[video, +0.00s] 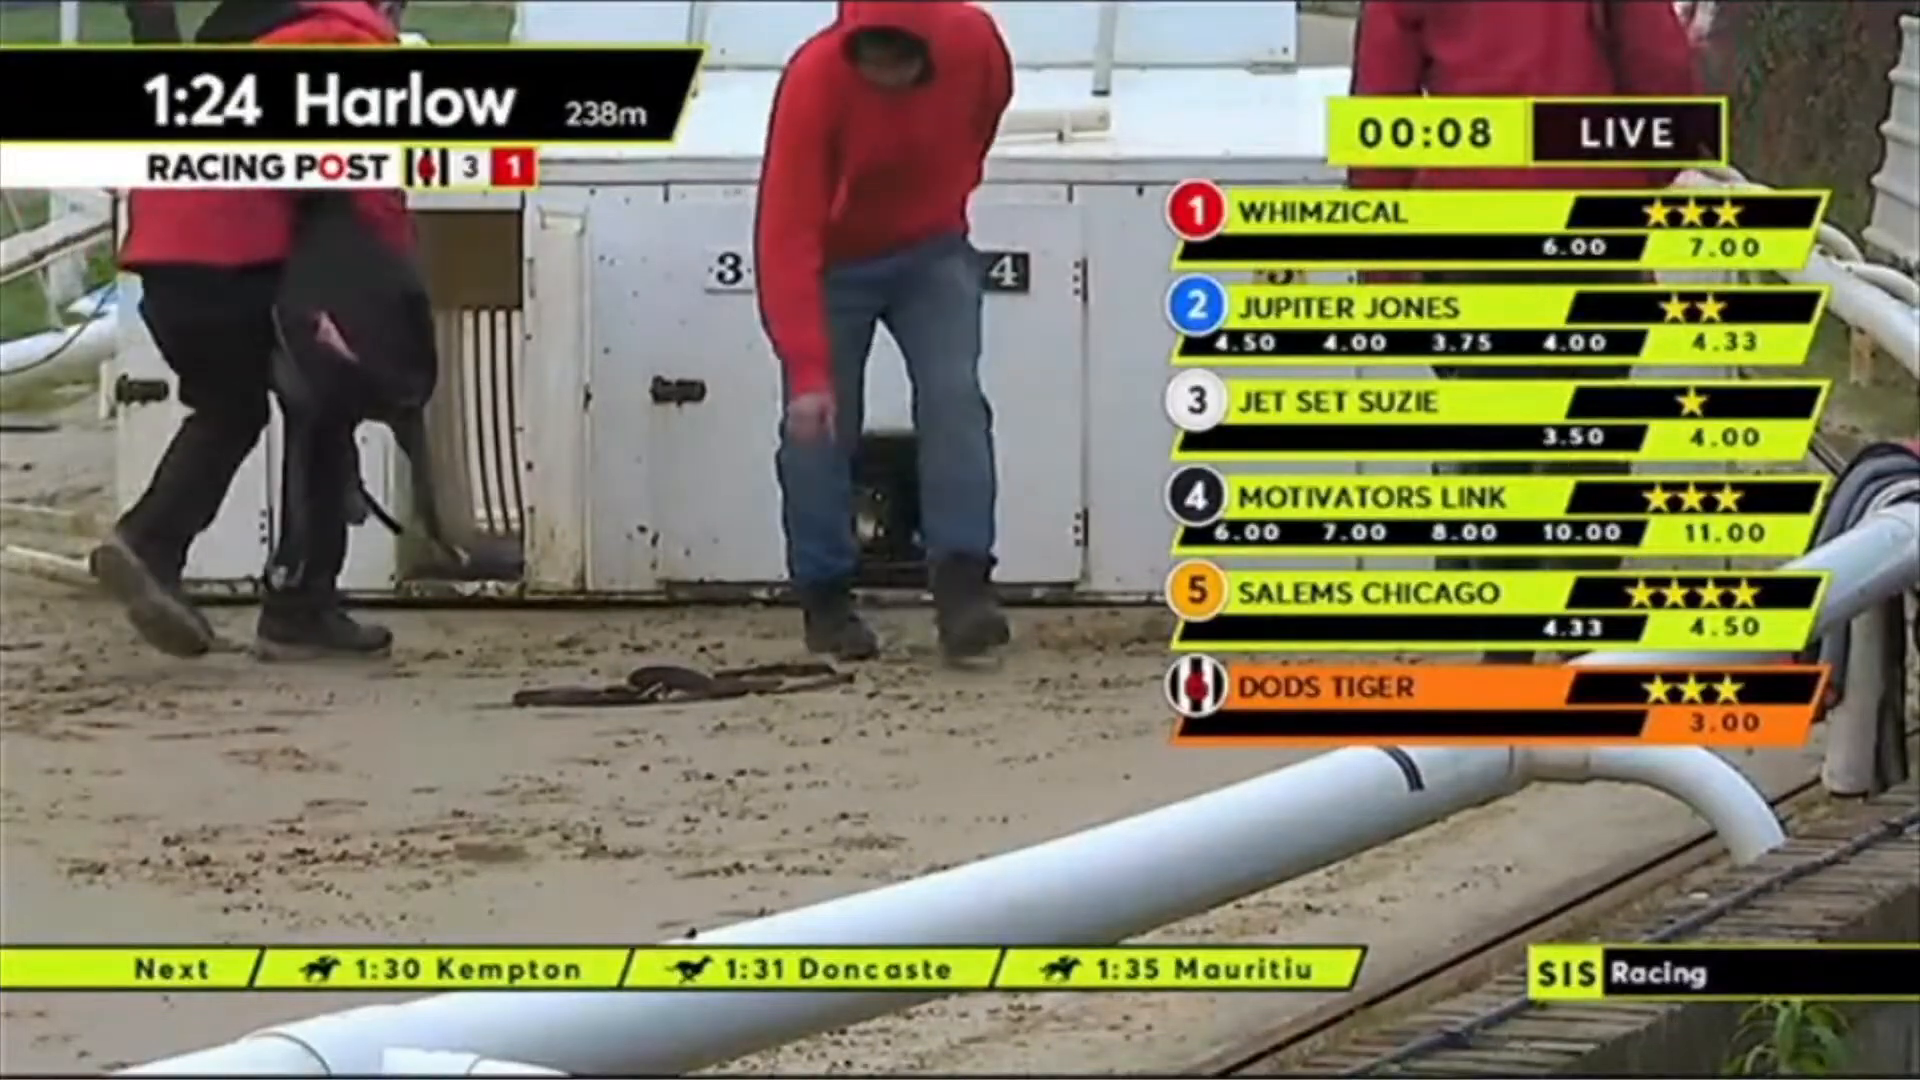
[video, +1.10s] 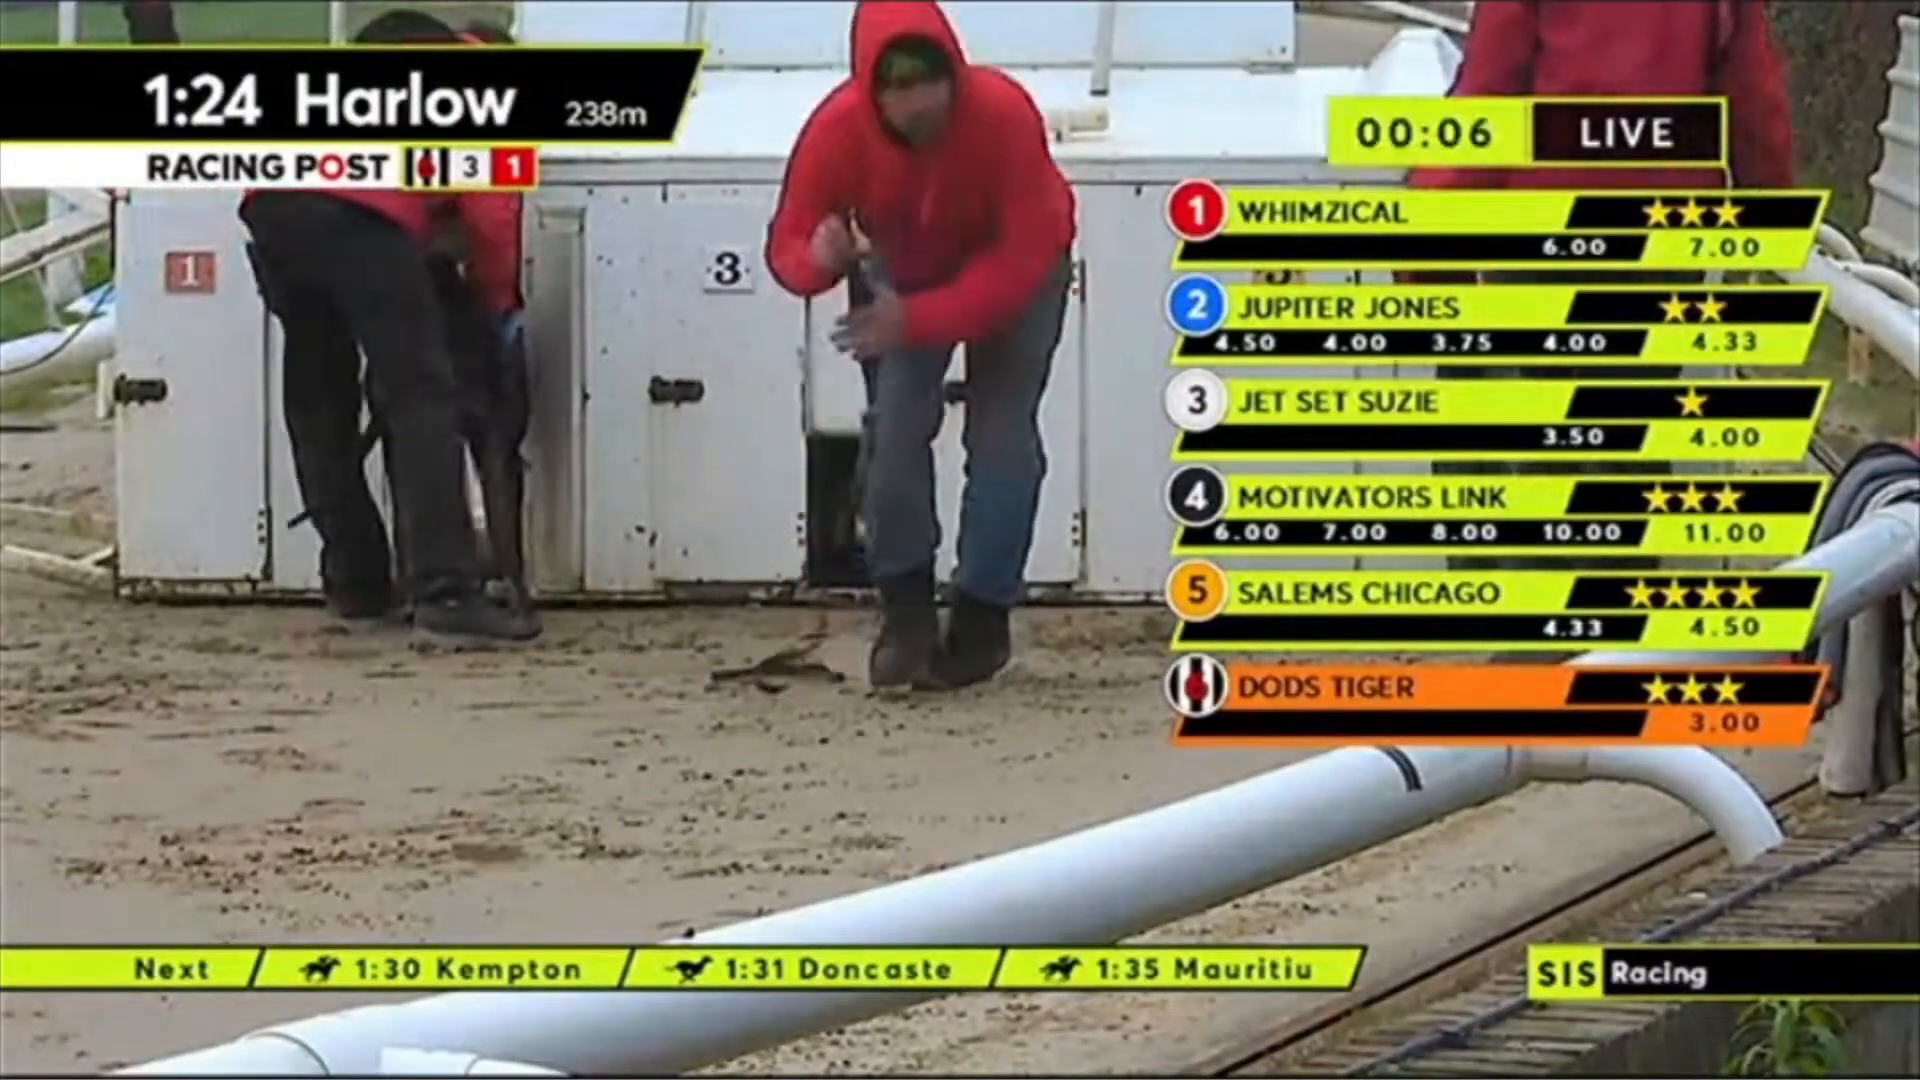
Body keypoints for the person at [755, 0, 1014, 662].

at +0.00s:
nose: (886, 66)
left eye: (901, 52)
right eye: (871, 50)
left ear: (928, 38)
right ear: (851, 36)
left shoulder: (974, 41)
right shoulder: (815, 77)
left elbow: (980, 131)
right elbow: (787, 234)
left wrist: (938, 211)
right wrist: (806, 372)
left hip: (932, 259)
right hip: (830, 271)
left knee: (952, 395)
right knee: (817, 419)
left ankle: (963, 587)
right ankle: (826, 602)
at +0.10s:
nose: (864, 153)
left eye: (879, 139)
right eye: (850, 138)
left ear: (910, 118)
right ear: (833, 122)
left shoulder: (978, 100)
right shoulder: (803, 152)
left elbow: (1010, 172)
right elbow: (793, 298)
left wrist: (983, 236)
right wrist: (803, 441)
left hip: (951, 286)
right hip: (843, 299)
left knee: (952, 425)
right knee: (823, 449)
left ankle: (959, 600)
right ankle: (846, 609)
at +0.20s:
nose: (850, 228)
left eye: (864, 213)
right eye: (836, 213)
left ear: (897, 189)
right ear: (819, 192)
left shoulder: (977, 159)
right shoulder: (799, 212)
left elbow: (1042, 201)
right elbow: (791, 354)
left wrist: (1034, 278)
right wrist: (792, 502)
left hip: (976, 293)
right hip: (872, 306)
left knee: (955, 429)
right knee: (833, 451)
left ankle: (954, 619)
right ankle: (864, 611)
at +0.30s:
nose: (852, 331)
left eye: (867, 315)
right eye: (839, 315)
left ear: (900, 280)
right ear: (818, 290)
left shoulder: (986, 215)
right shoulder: (804, 297)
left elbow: (1076, 273)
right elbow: (788, 438)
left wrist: (1106, 356)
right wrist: (777, 588)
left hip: (1004, 308)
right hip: (897, 335)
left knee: (980, 422)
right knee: (844, 485)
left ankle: (960, 621)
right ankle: (878, 607)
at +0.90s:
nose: (875, 279)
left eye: (886, 262)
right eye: (858, 266)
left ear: (918, 238)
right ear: (837, 254)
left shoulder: (997, 208)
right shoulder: (821, 262)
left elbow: (1092, 271)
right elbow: (800, 366)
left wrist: (1076, 396)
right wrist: (766, 476)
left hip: (1019, 300)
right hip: (912, 313)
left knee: (994, 443)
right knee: (875, 449)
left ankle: (988, 623)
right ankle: (905, 571)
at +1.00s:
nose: (905, 196)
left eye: (917, 181)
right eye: (890, 188)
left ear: (939, 142)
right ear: (861, 159)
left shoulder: (1003, 151)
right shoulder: (829, 176)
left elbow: (1054, 273)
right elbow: (802, 267)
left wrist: (976, 360)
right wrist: (799, 320)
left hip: (1011, 288)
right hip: (907, 290)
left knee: (1001, 448)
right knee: (881, 443)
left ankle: (985, 619)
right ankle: (907, 564)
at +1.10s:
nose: (916, 100)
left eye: (929, 80)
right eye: (896, 84)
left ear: (953, 74)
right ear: (871, 85)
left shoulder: (1003, 115)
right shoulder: (837, 129)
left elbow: (1027, 254)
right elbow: (787, 249)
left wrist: (914, 321)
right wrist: (819, 262)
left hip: (1012, 259)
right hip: (906, 269)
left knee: (1001, 429)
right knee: (896, 428)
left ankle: (982, 618)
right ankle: (907, 615)